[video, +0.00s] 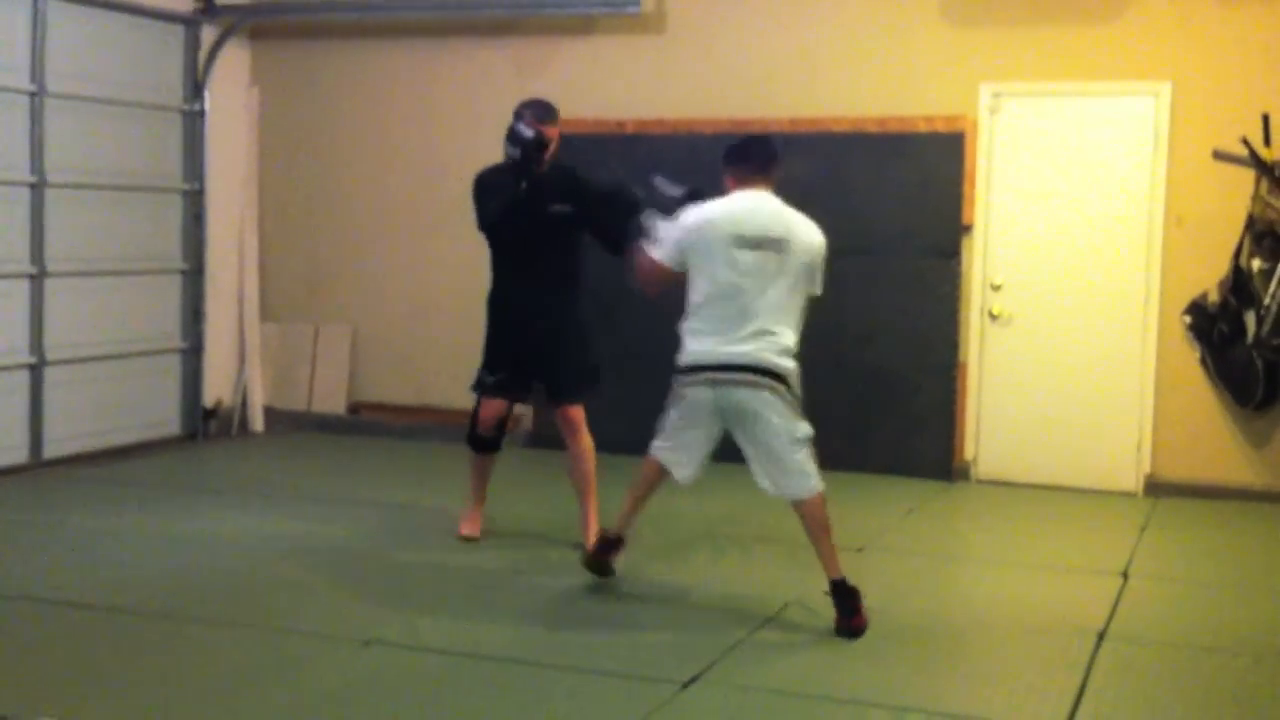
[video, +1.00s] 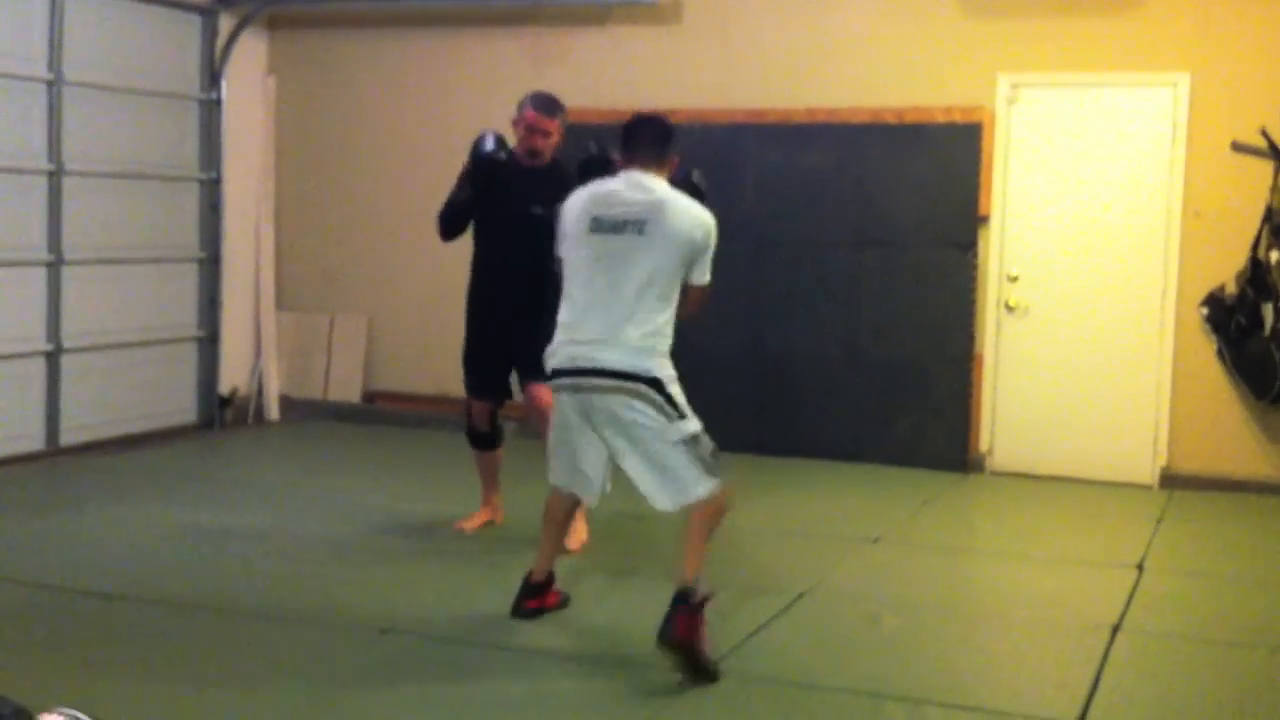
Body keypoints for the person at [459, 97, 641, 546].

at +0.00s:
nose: (539, 148)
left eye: (546, 140)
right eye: (531, 139)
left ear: (558, 139)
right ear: (514, 136)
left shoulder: (571, 184)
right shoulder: (494, 182)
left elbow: (617, 232)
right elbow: (495, 224)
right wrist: (528, 174)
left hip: (562, 320)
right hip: (510, 319)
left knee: (572, 418)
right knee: (489, 416)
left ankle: (591, 530)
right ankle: (475, 507)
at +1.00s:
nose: (535, 140)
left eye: (545, 133)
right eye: (529, 129)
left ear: (560, 135)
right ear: (515, 126)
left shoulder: (567, 182)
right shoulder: (490, 171)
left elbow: (586, 240)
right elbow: (448, 228)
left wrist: (597, 184)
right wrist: (476, 172)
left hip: (544, 307)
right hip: (490, 305)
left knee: (543, 401)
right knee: (480, 409)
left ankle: (572, 507)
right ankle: (490, 503)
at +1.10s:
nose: (531, 141)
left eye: (541, 133)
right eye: (524, 130)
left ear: (553, 134)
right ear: (506, 126)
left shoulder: (565, 184)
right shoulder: (482, 173)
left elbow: (580, 247)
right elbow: (456, 236)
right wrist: (480, 176)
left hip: (543, 309)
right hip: (490, 308)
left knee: (541, 398)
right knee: (481, 409)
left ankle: (571, 511)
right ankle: (490, 505)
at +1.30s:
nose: (525, 142)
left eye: (534, 133)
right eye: (517, 133)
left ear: (549, 132)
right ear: (501, 133)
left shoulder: (571, 175)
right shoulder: (487, 174)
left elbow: (592, 237)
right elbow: (462, 246)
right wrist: (485, 187)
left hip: (552, 312)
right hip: (497, 311)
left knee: (546, 418)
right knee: (483, 414)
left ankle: (571, 534)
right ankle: (492, 506)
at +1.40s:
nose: (526, 138)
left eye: (534, 129)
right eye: (517, 130)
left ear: (548, 127)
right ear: (501, 129)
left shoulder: (565, 174)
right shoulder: (488, 173)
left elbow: (581, 232)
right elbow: (469, 247)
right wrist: (489, 185)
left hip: (554, 307)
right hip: (503, 307)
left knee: (548, 419)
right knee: (483, 419)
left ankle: (573, 534)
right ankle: (490, 504)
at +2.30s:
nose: (491, 135)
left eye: (498, 124)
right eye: (482, 127)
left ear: (517, 121)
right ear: (469, 130)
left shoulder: (536, 165)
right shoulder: (464, 182)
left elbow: (552, 219)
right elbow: (465, 240)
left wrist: (511, 163)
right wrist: (469, 171)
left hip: (547, 316)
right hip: (493, 318)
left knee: (557, 436)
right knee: (456, 435)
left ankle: (574, 557)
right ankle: (468, 503)